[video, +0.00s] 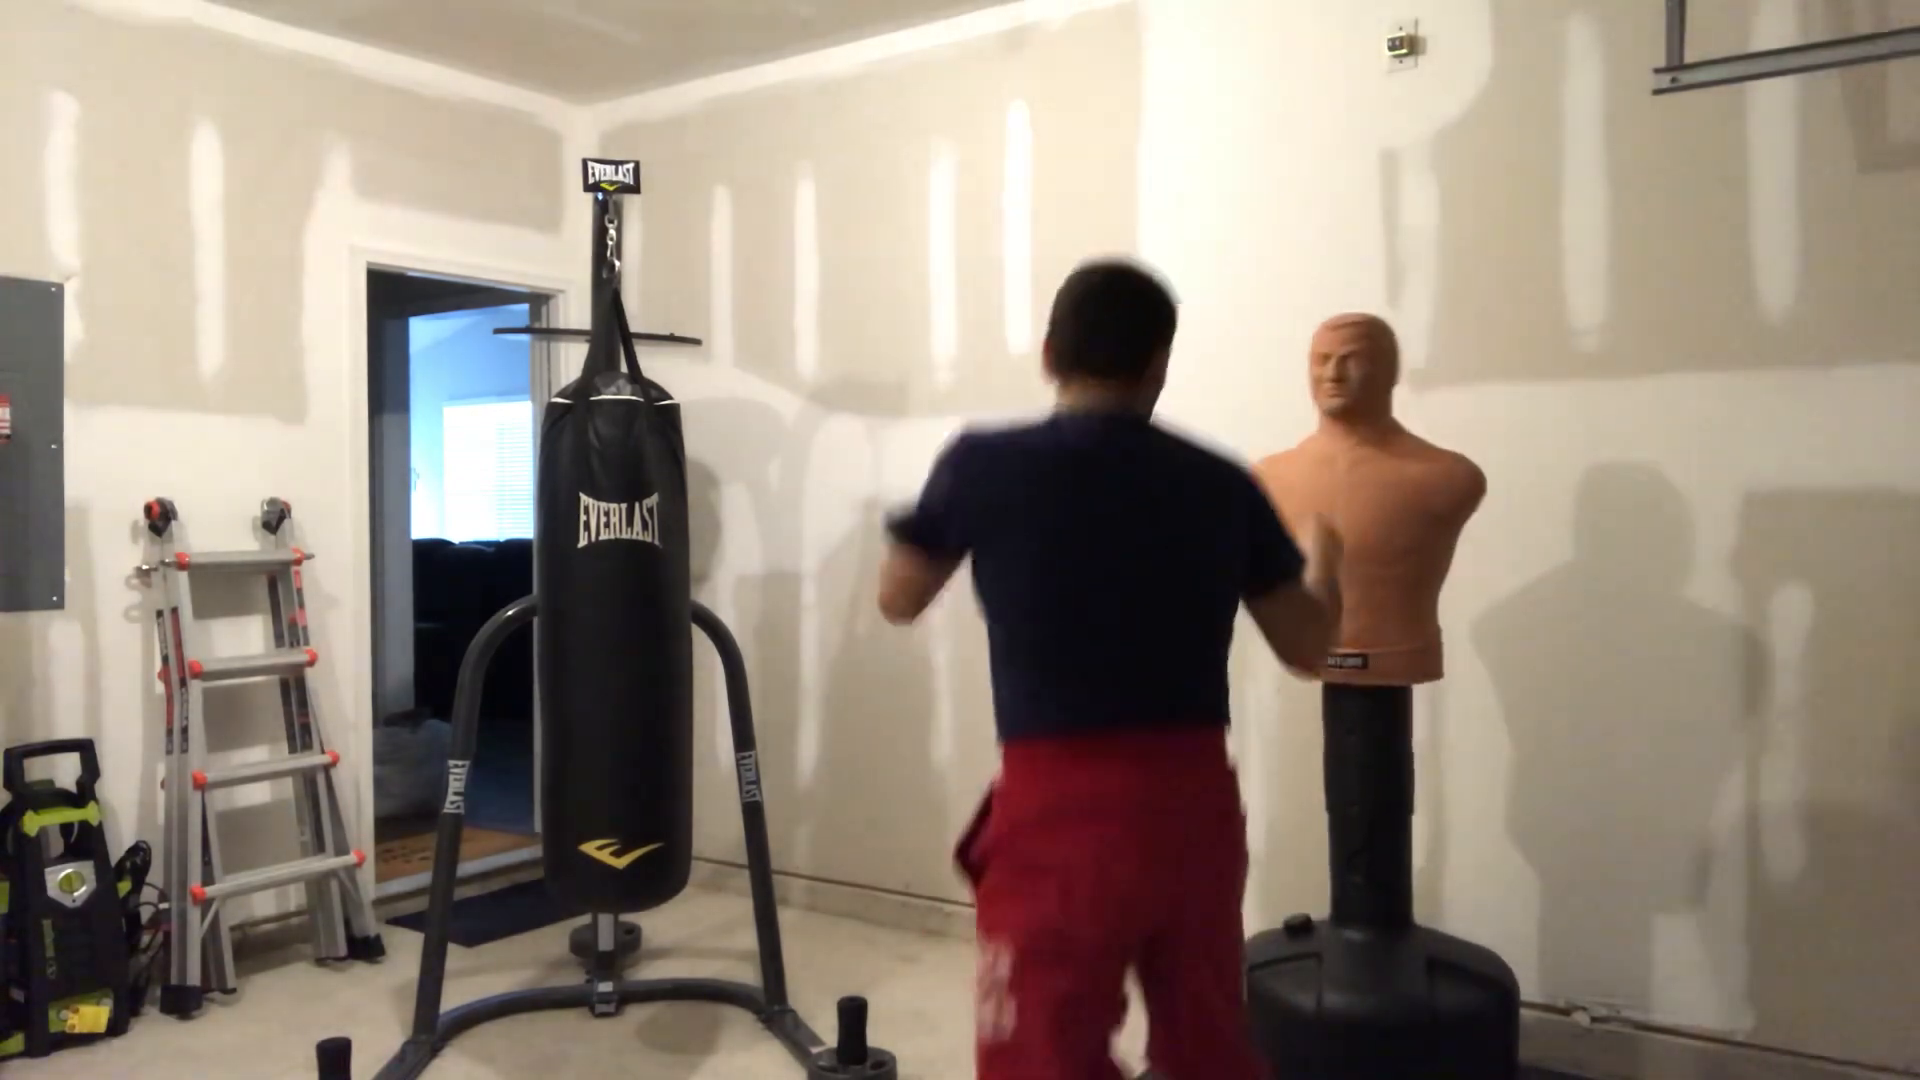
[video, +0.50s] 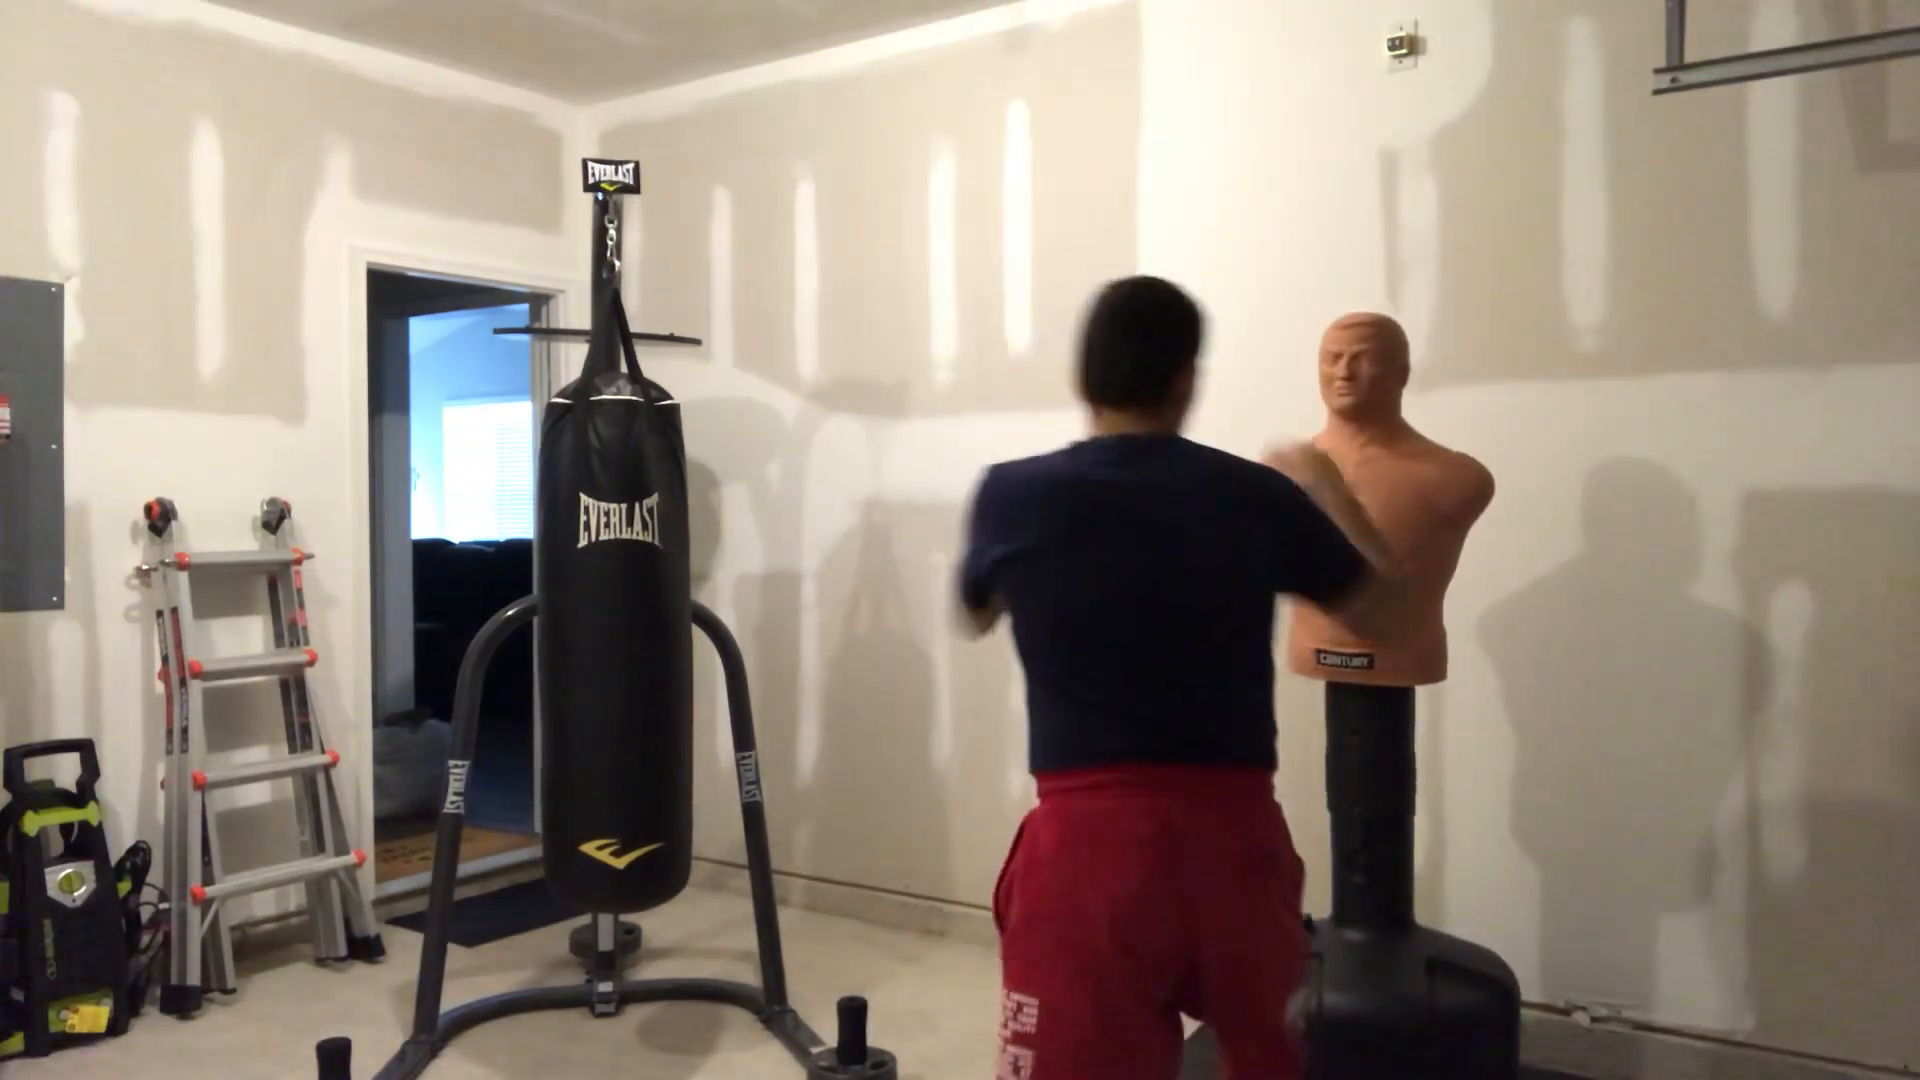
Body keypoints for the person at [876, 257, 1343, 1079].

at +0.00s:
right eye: (1159, 357)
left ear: (1049, 354)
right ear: (1159, 367)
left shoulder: (986, 465)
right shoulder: (1218, 484)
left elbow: (898, 598)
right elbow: (1307, 647)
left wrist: (926, 513)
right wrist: (1326, 569)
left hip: (1054, 821)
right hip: (1194, 816)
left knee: (1039, 1057)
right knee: (1206, 1052)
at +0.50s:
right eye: (1188, 365)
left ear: (1082, 375)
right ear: (1188, 378)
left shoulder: (1015, 496)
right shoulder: (1252, 499)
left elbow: (974, 614)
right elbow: (1383, 610)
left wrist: (1047, 528)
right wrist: (1331, 488)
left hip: (1084, 843)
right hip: (1236, 840)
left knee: (1076, 1062)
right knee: (1273, 1062)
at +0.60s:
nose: (1279, 388)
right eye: (1275, 372)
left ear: (1151, 378)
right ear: (1257, 385)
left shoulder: (1079, 488)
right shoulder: (1302, 526)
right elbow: (1396, 720)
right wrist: (1424, 621)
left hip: (1085, 846)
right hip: (1236, 858)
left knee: (1070, 1066)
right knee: (1277, 1063)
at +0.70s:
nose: (1355, 384)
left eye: (1355, 366)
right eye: (1353, 367)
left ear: (1234, 371)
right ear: (1338, 383)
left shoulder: (1164, 464)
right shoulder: (1338, 538)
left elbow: (1212, 395)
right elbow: (1422, 738)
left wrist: (1289, 342)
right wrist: (1511, 618)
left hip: (1109, 813)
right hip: (1245, 848)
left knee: (1025, 1059)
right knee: (1280, 1064)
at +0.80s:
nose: (1412, 374)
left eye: (1406, 355)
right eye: (1411, 357)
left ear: (1291, 359)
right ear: (1398, 370)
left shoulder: (1228, 438)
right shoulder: (1396, 520)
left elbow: (1163, 411)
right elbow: (1542, 684)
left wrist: (1177, 360)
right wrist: (1561, 555)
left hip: (1132, 744)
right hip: (1231, 815)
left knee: (1051, 873)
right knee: (1264, 1054)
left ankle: (950, 1025)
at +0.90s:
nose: (1456, 401)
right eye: (1455, 385)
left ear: (1322, 378)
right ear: (1445, 398)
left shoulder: (1257, 453)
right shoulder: (1437, 525)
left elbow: (1129, 482)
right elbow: (1584, 627)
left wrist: (1059, 480)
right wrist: (1508, 504)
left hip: (1131, 686)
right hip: (1200, 793)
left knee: (1180, 591)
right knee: (1263, 1037)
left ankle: (1050, 626)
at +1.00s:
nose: (1475, 436)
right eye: (1473, 422)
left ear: (1343, 428)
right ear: (1459, 442)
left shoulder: (1270, 489)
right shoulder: (1439, 563)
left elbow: (1118, 565)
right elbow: (1547, 635)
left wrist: (1005, 621)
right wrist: (1450, 530)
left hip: (1133, 667)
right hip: (1186, 785)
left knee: (1246, 506)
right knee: (1241, 1022)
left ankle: (1287, 379)